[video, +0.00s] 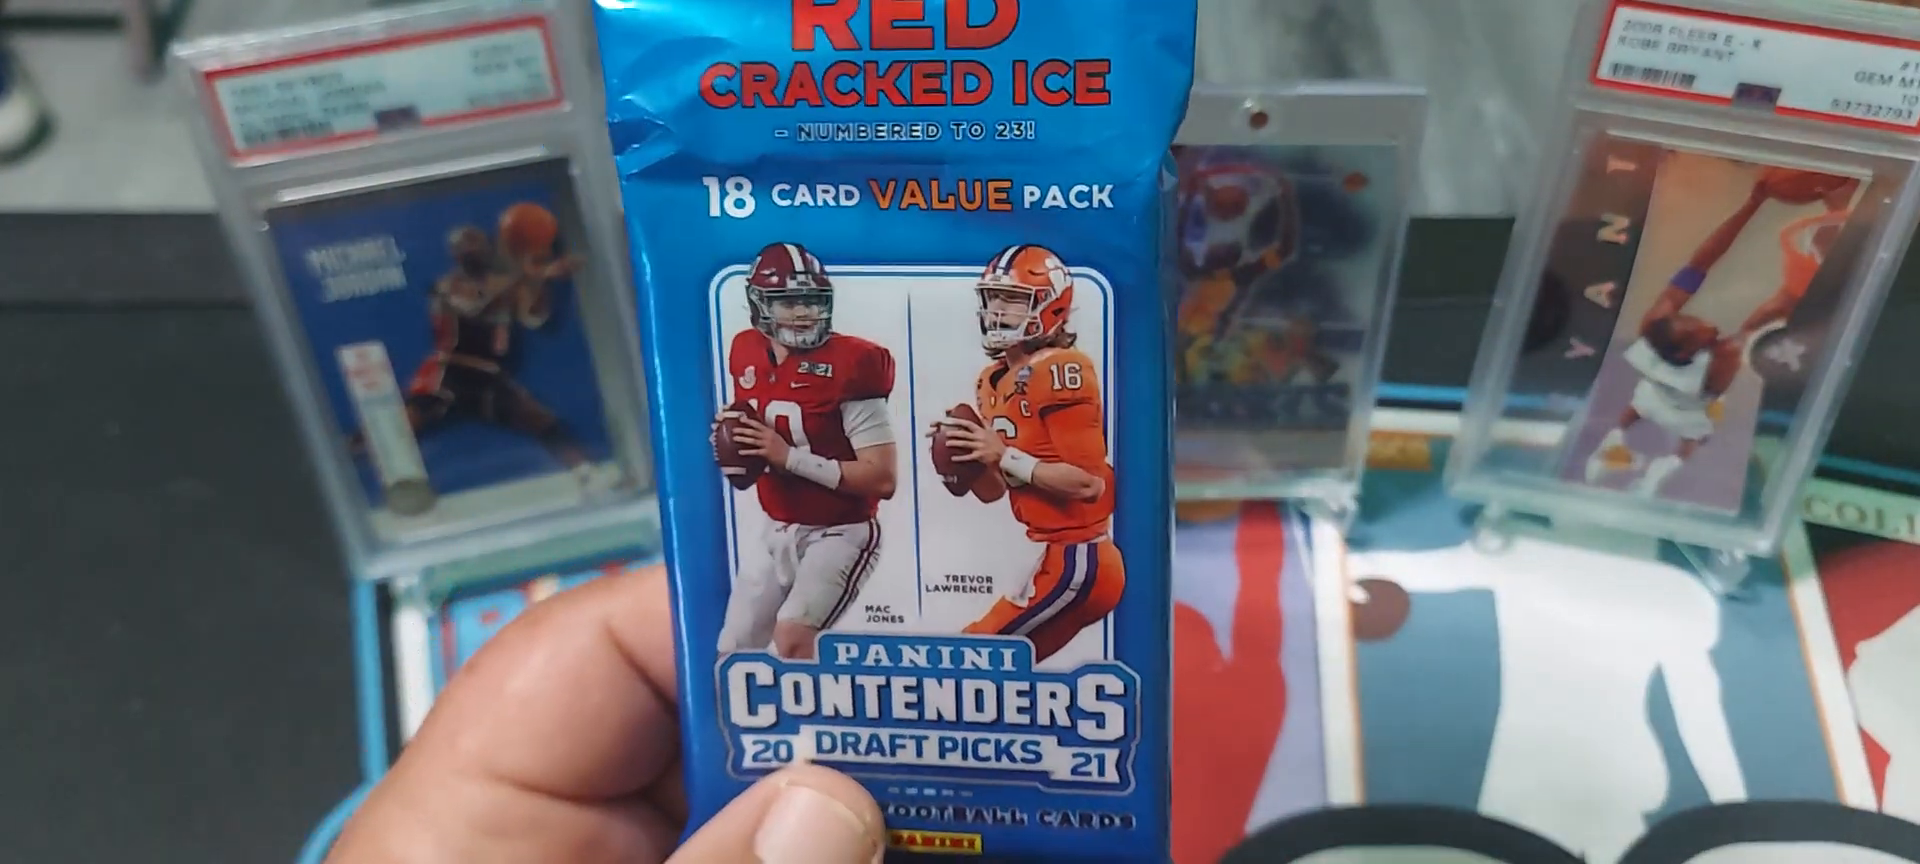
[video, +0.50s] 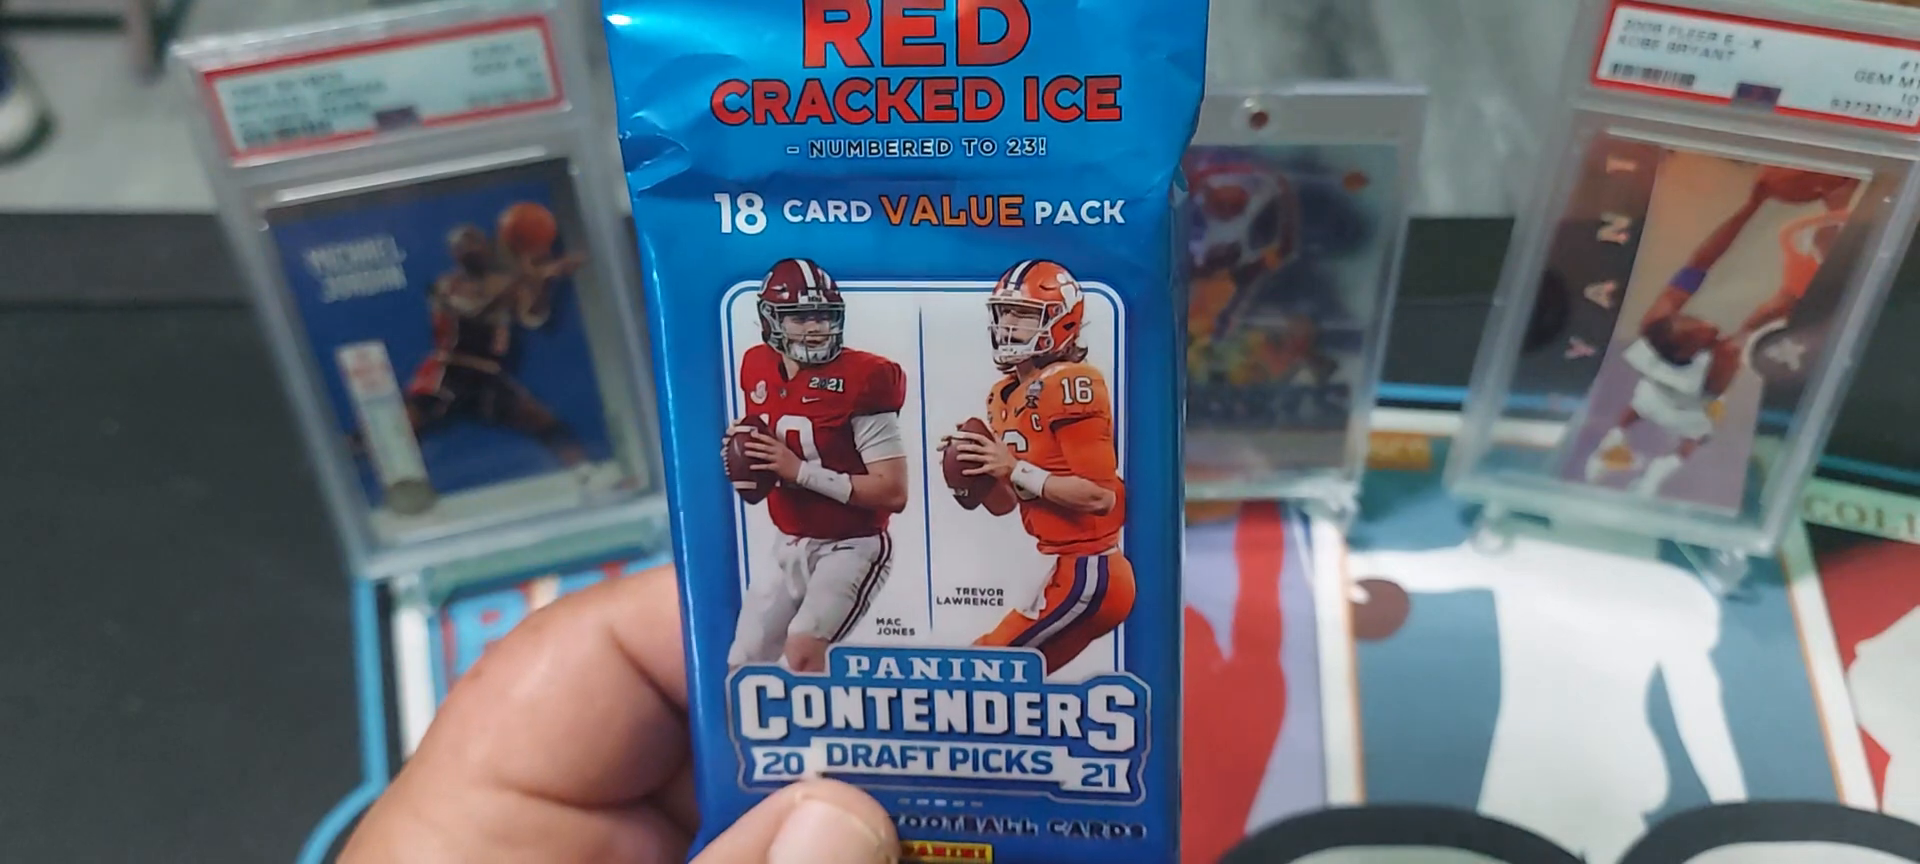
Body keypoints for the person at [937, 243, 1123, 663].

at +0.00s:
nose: (996, 313)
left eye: (1011, 301)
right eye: (992, 300)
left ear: (1047, 306)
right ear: (983, 303)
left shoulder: (1062, 371)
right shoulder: (992, 380)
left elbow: (1087, 482)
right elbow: (990, 490)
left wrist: (1001, 455)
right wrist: (961, 453)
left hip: (1078, 562)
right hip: (1052, 558)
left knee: (966, 663)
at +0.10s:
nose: (1004, 320)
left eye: (1019, 309)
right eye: (1000, 308)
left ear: (1054, 315)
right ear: (991, 312)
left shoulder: (1070, 382)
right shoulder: (999, 390)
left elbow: (1093, 492)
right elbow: (996, 500)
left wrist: (1008, 464)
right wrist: (968, 458)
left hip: (1085, 573)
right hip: (1059, 569)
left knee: (973, 671)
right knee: (984, 677)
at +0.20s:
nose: (1006, 347)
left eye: (1021, 336)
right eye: (1002, 335)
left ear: (1057, 342)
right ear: (992, 338)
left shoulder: (1072, 406)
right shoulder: (1001, 415)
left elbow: (1098, 517)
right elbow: (1000, 522)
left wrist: (1011, 487)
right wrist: (970, 485)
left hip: (1090, 595)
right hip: (1061, 590)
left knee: (975, 688)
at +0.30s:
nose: (1017, 335)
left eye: (1032, 324)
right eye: (1013, 323)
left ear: (1067, 330)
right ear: (1003, 326)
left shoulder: (1081, 394)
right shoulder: (1010, 403)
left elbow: (1104, 504)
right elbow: (1007, 510)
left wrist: (1018, 475)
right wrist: (979, 473)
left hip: (1097, 583)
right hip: (1071, 579)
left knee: (987, 679)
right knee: (993, 683)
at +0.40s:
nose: (1010, 334)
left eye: (1026, 323)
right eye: (1006, 321)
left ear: (1061, 327)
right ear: (995, 324)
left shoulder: (1075, 391)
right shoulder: (1004, 401)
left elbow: (1098, 503)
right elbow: (1002, 510)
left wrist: (1014, 475)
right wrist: (973, 470)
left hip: (1090, 580)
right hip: (1063, 576)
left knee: (980, 680)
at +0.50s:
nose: (1008, 327)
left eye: (1023, 316)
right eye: (1003, 314)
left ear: (1059, 320)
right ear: (994, 317)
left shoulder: (1073, 384)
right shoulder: (1003, 394)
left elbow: (1098, 494)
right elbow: (1002, 503)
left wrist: (1012, 468)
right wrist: (972, 465)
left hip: (1089, 574)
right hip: (1065, 570)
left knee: (978, 674)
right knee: (994, 683)